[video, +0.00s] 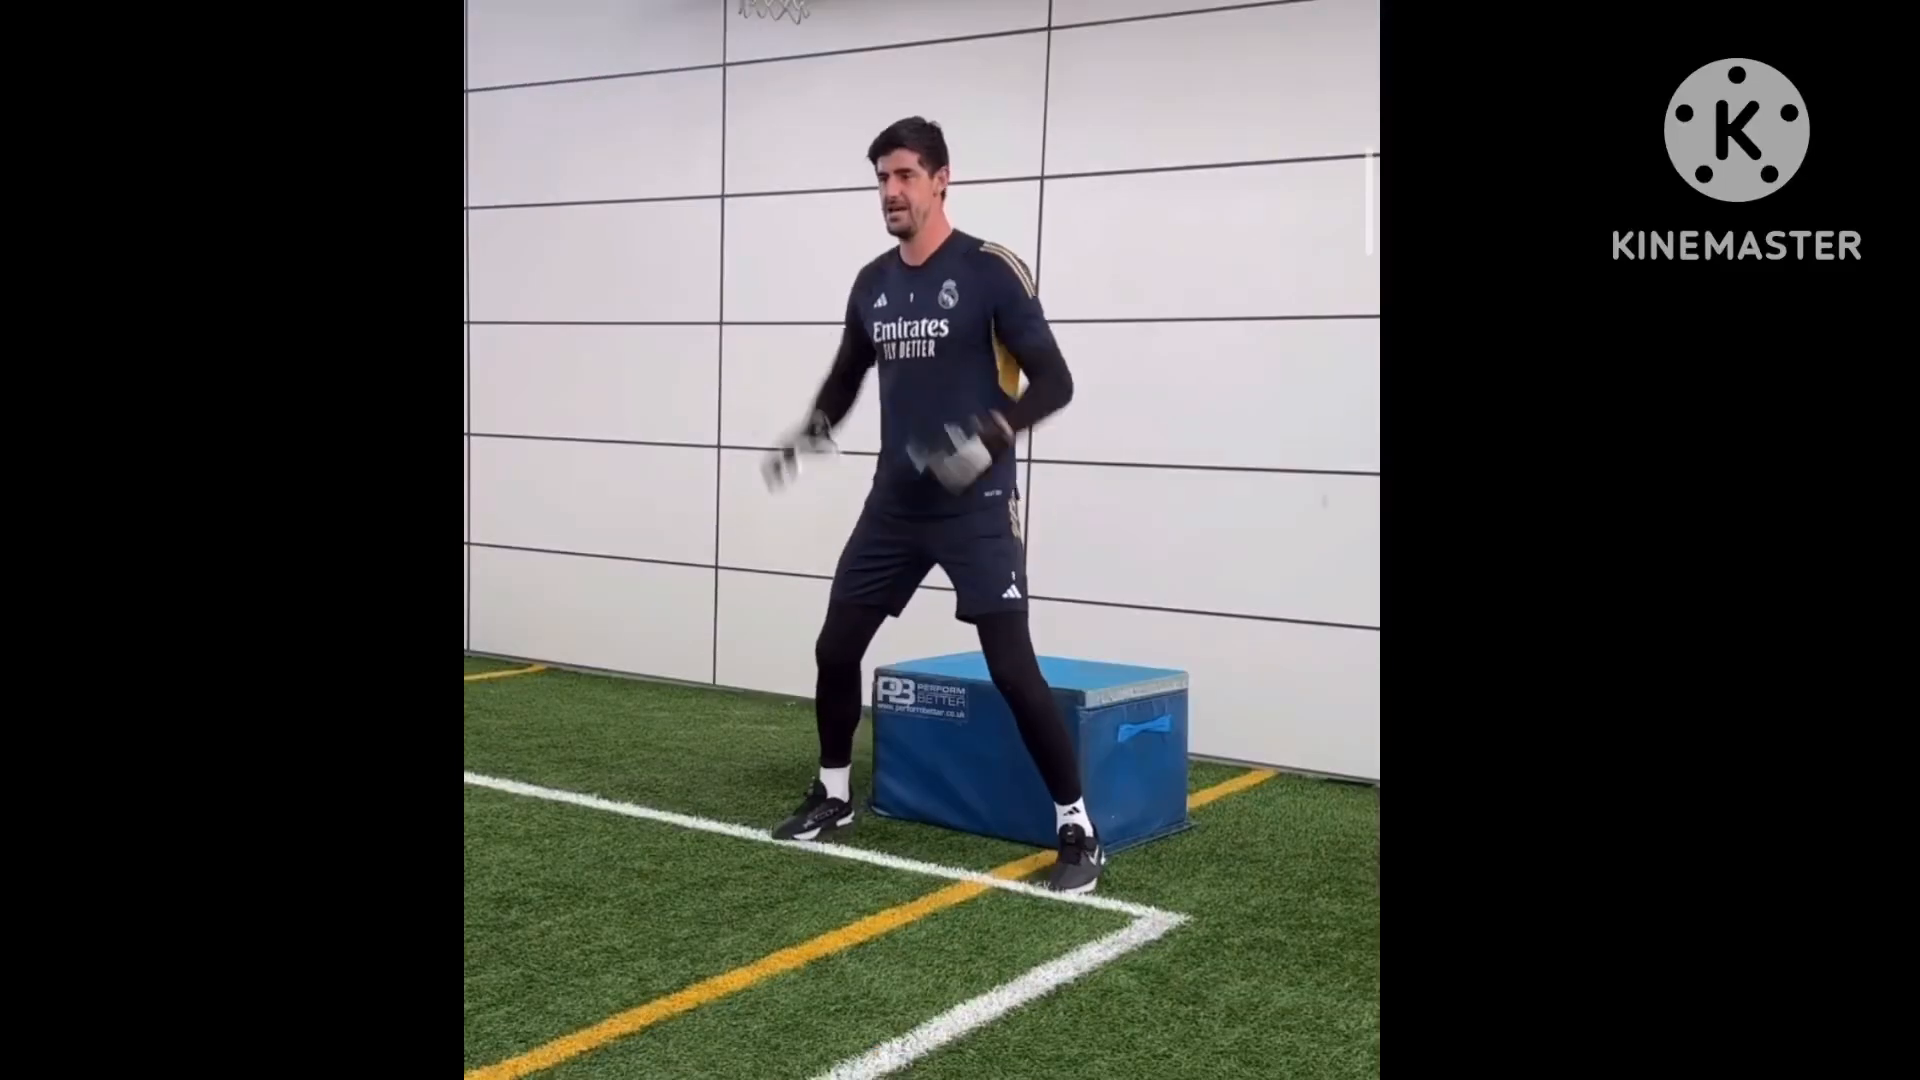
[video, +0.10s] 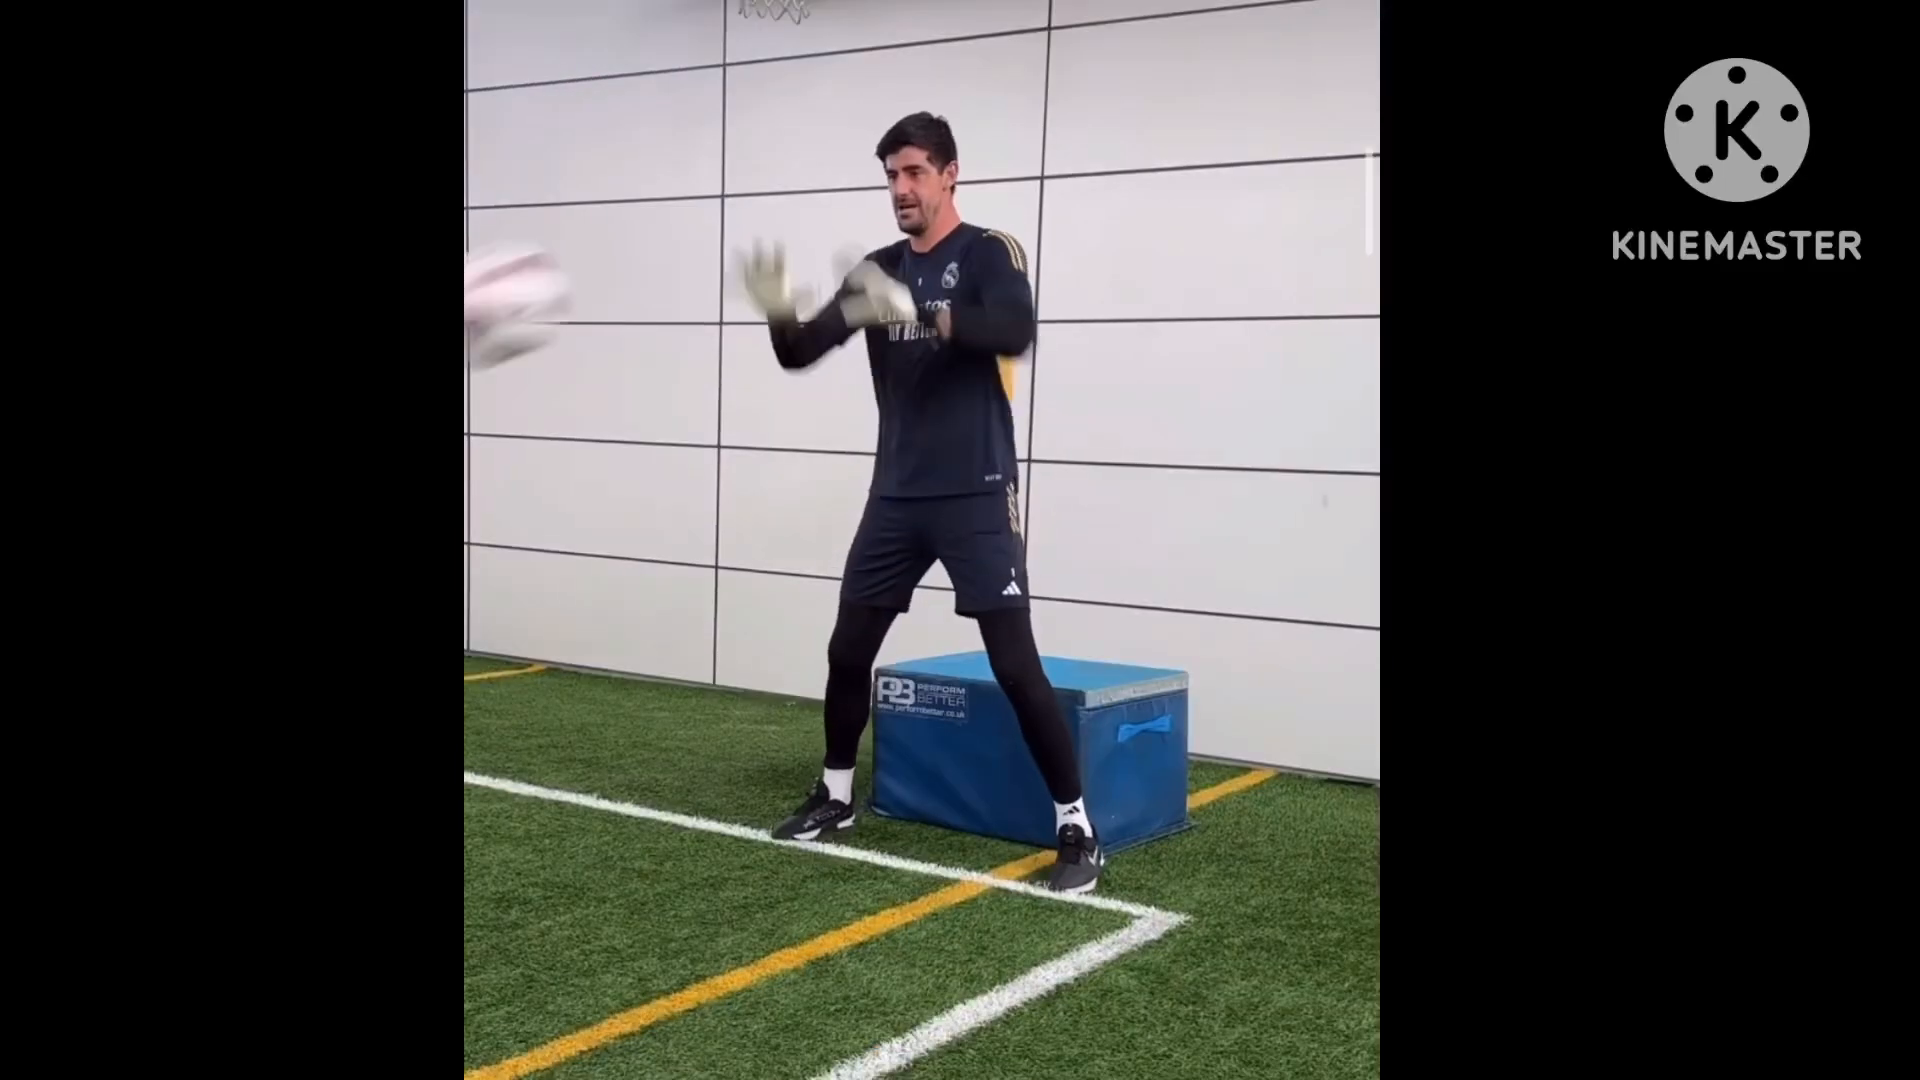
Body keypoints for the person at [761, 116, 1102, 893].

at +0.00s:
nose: (892, 190)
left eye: (906, 175)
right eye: (884, 177)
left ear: (942, 180)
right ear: (877, 189)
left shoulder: (988, 271)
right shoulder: (873, 284)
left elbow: (1056, 381)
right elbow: (846, 376)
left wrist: (994, 433)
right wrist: (811, 432)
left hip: (975, 507)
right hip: (895, 505)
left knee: (1012, 669)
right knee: (837, 648)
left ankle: (1077, 831)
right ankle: (832, 797)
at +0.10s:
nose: (901, 187)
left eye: (914, 172)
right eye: (892, 174)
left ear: (950, 175)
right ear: (886, 183)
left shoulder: (988, 253)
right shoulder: (879, 274)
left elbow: (1014, 332)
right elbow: (798, 351)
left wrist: (921, 313)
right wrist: (780, 314)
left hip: (977, 496)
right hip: (894, 497)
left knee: (1016, 666)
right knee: (848, 650)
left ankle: (1076, 829)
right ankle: (836, 797)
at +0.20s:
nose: (908, 187)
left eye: (920, 172)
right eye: (898, 175)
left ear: (955, 172)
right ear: (891, 184)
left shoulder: (995, 243)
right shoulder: (880, 258)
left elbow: (975, 291)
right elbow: (790, 315)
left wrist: (868, 219)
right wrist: (784, 241)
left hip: (976, 485)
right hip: (897, 488)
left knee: (1018, 661)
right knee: (852, 649)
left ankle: (1076, 831)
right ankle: (835, 798)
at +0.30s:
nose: (902, 188)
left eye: (915, 173)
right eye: (894, 176)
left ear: (952, 172)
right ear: (889, 185)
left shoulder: (995, 247)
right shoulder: (889, 266)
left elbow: (962, 324)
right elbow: (814, 347)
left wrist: (879, 267)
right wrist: (797, 293)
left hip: (975, 487)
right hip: (897, 489)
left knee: (1018, 662)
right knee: (856, 650)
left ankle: (1076, 832)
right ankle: (835, 797)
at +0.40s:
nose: (891, 192)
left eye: (902, 175)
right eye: (881, 181)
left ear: (939, 175)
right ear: (878, 191)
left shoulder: (984, 257)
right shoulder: (885, 278)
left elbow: (955, 367)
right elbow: (845, 388)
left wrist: (867, 348)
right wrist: (818, 354)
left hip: (977, 494)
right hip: (902, 497)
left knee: (1017, 666)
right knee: (854, 651)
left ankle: (1076, 832)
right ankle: (835, 798)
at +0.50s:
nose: (863, 200)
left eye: (874, 183)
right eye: (854, 188)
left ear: (913, 181)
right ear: (853, 196)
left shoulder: (959, 264)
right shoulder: (878, 285)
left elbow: (959, 390)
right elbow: (891, 396)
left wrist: (874, 395)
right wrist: (840, 422)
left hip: (976, 488)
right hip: (907, 492)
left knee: (1016, 660)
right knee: (856, 644)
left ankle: (1076, 831)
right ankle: (835, 801)